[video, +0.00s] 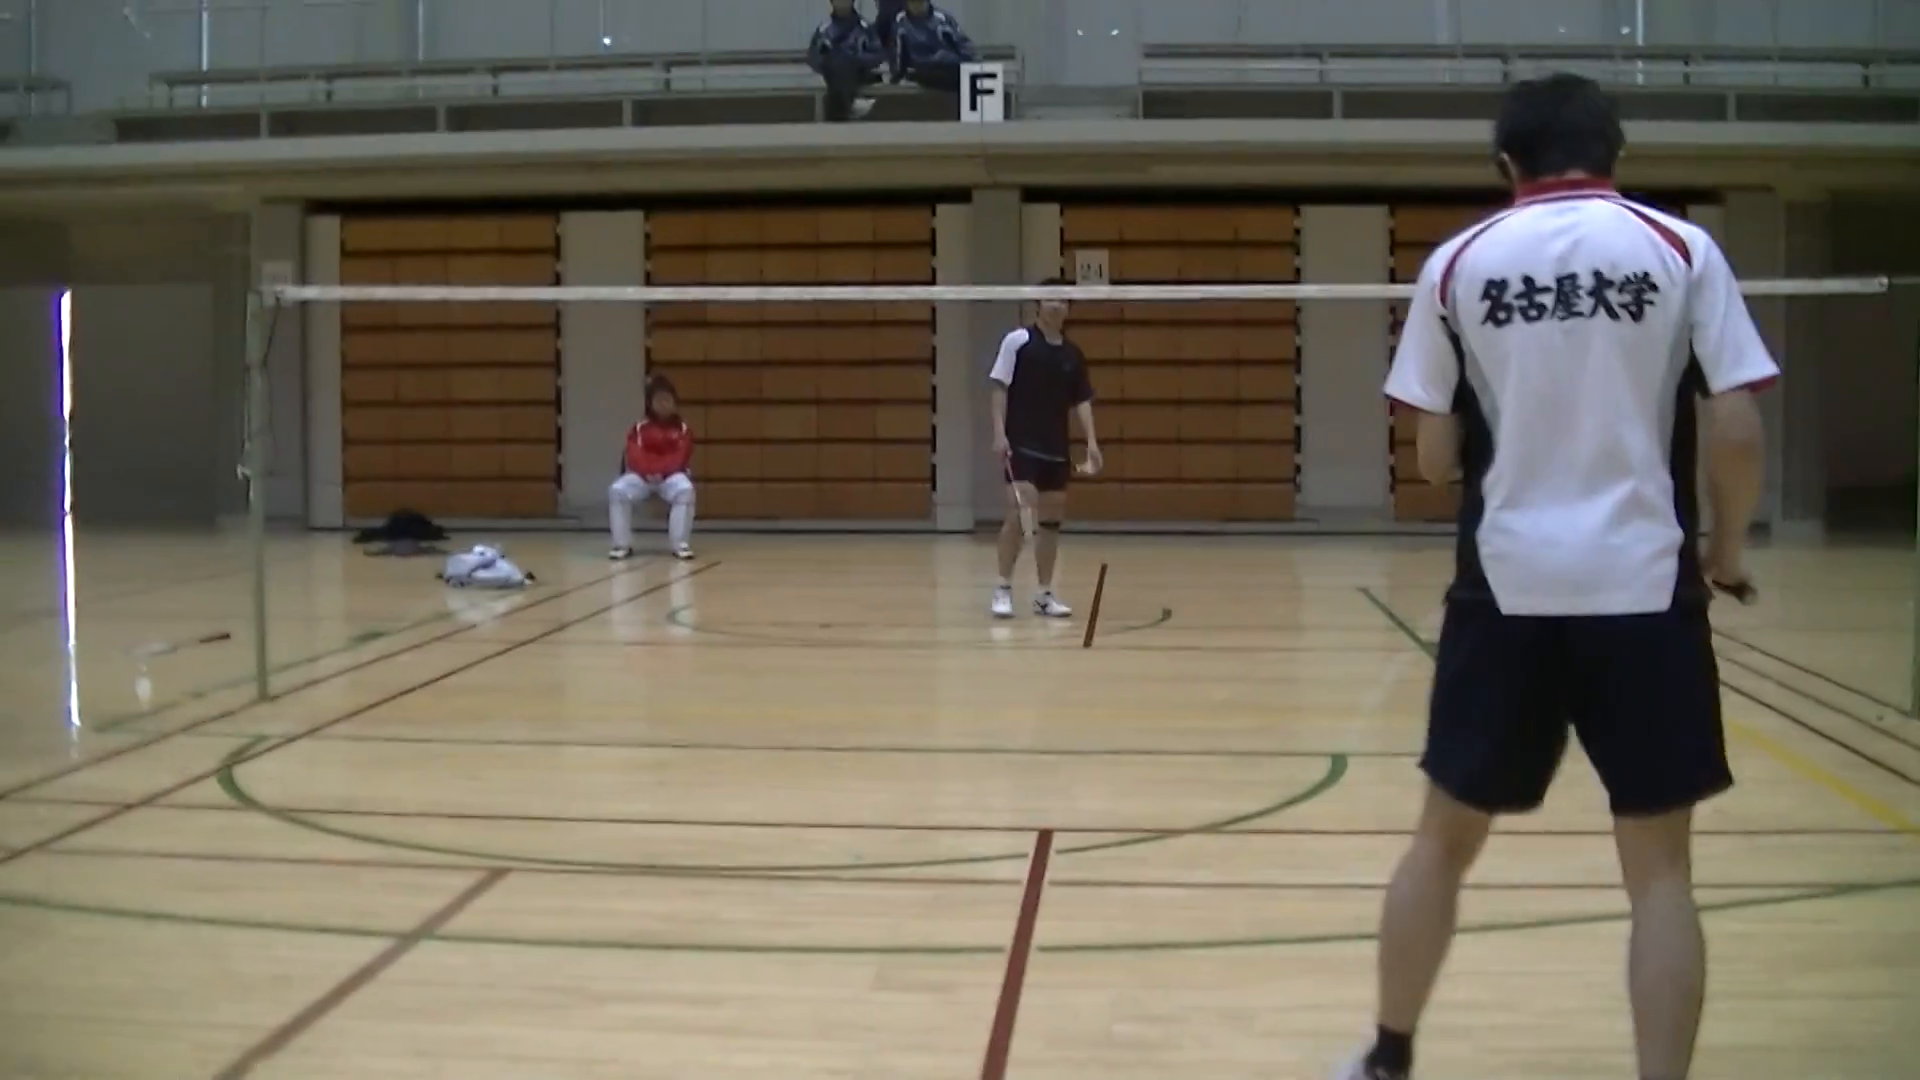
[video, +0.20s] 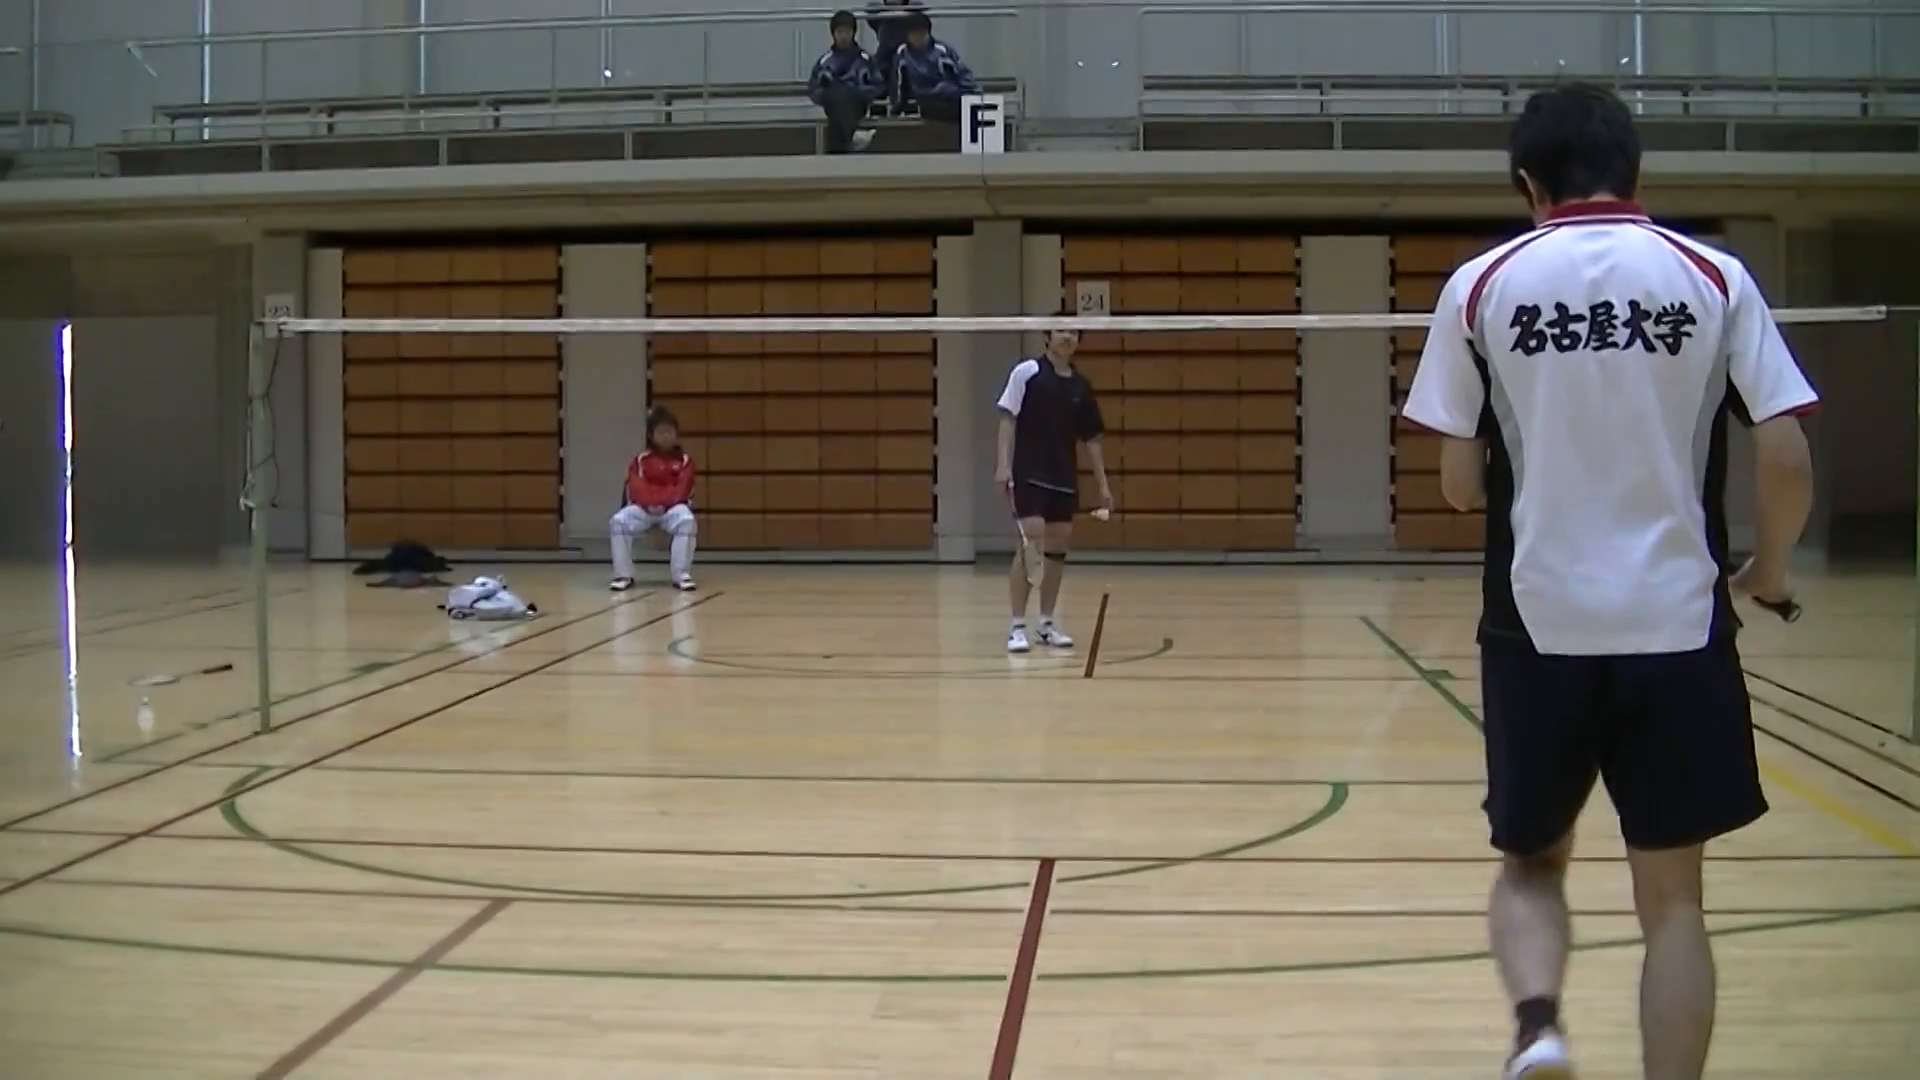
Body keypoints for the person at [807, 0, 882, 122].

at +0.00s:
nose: (842, 5)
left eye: (845, 2)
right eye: (838, 2)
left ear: (852, 3)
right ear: (832, 3)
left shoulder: (866, 27)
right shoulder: (824, 29)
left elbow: (878, 55)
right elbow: (812, 57)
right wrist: (829, 70)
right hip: (834, 82)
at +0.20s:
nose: (843, 36)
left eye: (847, 31)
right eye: (839, 32)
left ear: (854, 33)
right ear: (833, 34)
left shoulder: (865, 59)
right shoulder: (824, 60)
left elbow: (879, 87)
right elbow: (813, 90)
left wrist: (854, 91)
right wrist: (830, 96)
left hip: (858, 106)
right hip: (832, 107)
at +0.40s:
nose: (843, 43)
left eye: (847, 38)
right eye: (839, 39)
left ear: (853, 40)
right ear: (832, 40)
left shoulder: (865, 65)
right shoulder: (824, 67)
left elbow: (878, 94)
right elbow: (813, 97)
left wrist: (853, 99)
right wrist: (830, 102)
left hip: (857, 112)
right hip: (832, 114)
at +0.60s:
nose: (842, 47)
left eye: (846, 43)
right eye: (838, 43)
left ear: (852, 44)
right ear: (832, 45)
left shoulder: (864, 70)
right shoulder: (823, 72)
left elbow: (877, 100)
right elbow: (813, 102)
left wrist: (852, 102)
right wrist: (830, 105)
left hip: (858, 118)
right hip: (832, 119)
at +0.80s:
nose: (841, 50)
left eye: (845, 45)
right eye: (837, 45)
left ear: (851, 47)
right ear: (830, 48)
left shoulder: (864, 73)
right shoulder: (822, 75)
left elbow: (876, 102)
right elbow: (811, 104)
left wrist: (851, 105)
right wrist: (828, 107)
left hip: (857, 121)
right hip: (831, 122)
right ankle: (849, 152)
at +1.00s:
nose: (840, 50)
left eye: (844, 46)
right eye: (836, 46)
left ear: (850, 47)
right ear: (829, 48)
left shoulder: (863, 73)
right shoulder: (821, 75)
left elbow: (874, 103)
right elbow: (810, 105)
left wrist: (849, 105)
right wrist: (827, 107)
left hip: (856, 122)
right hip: (830, 122)